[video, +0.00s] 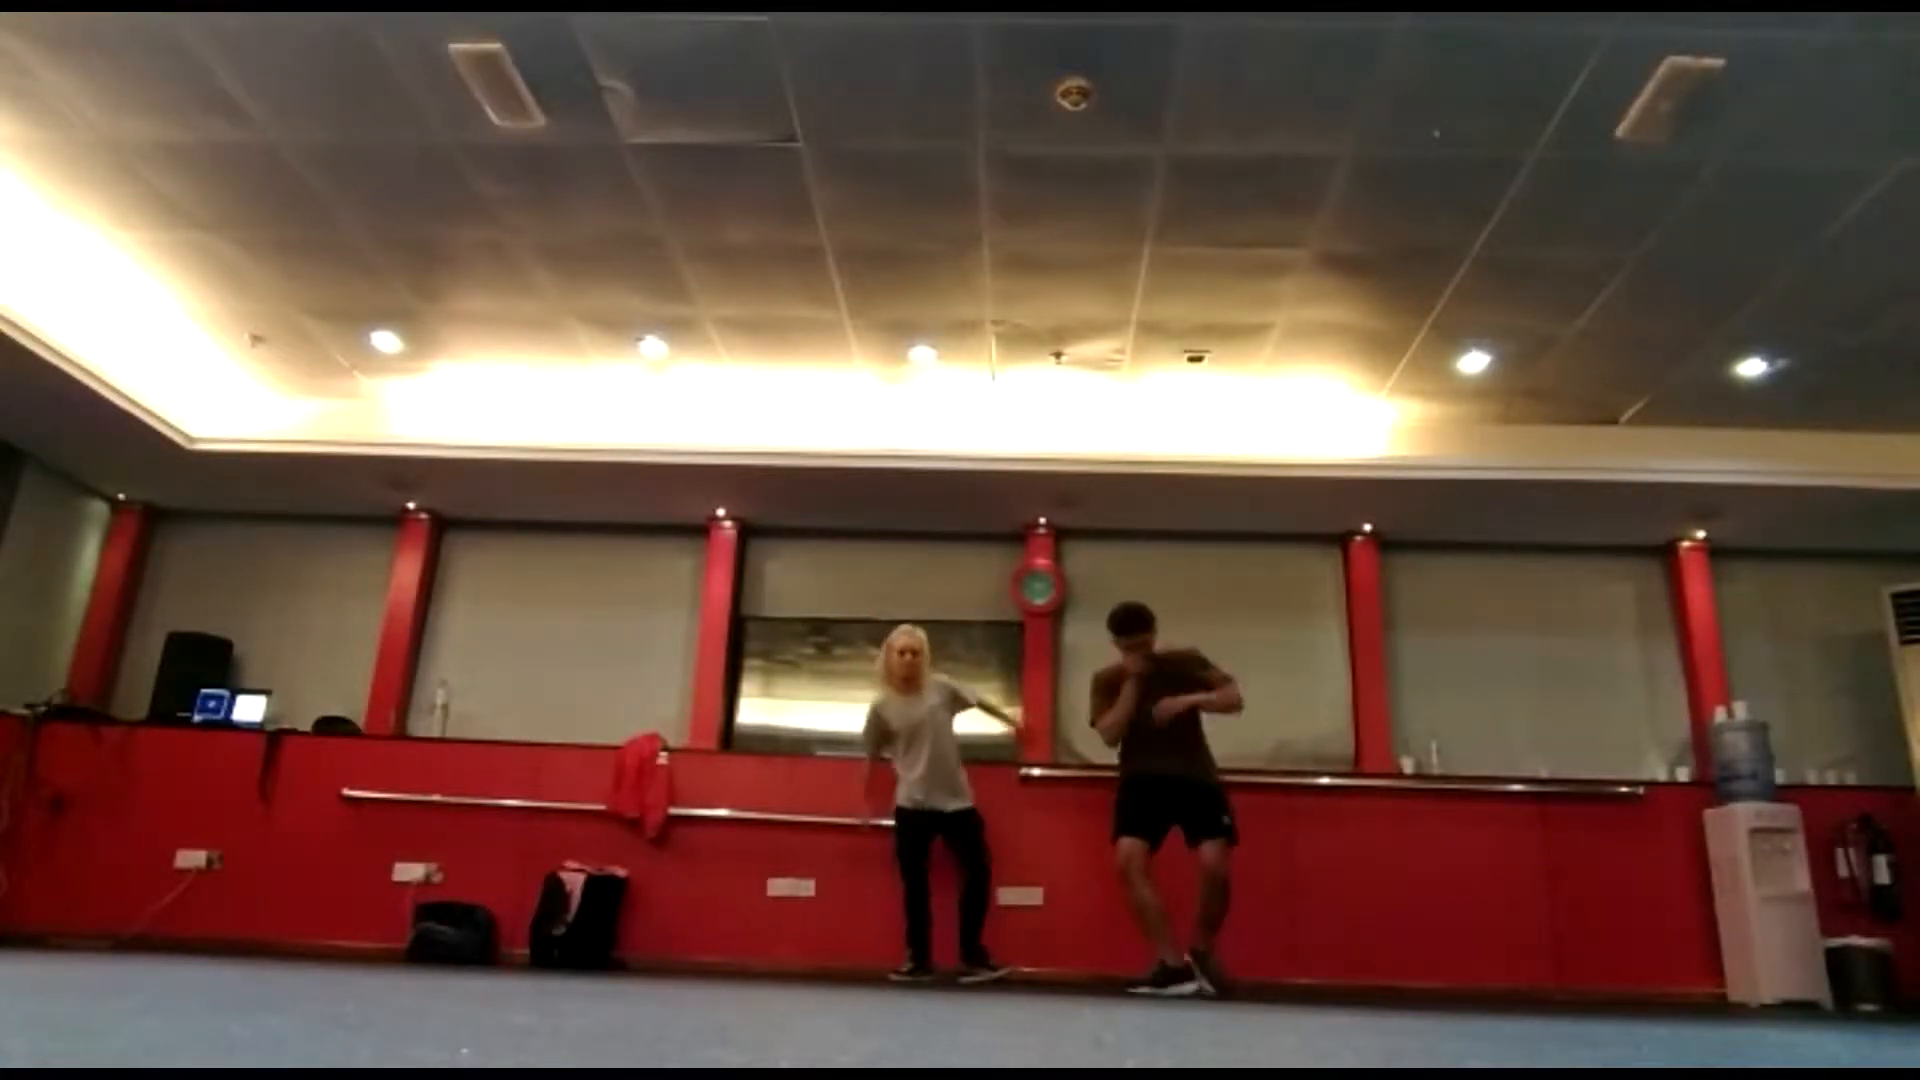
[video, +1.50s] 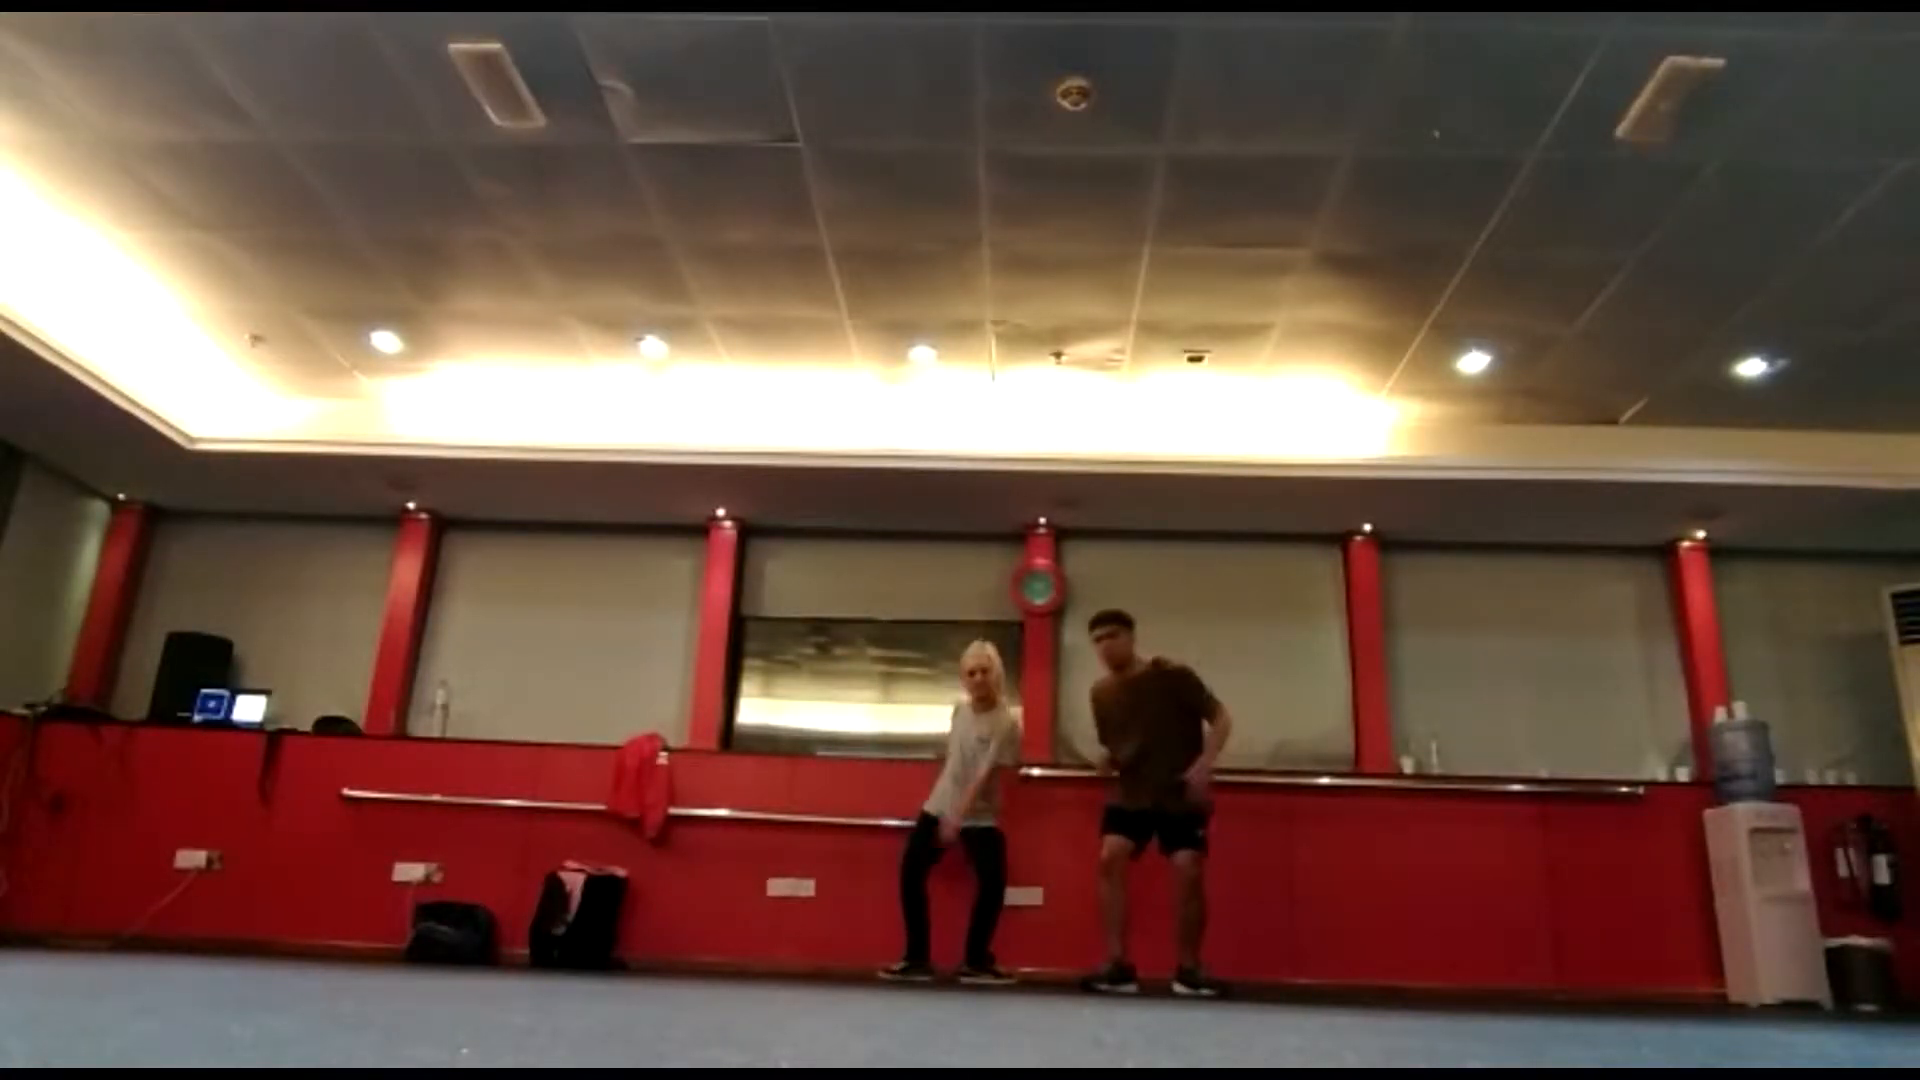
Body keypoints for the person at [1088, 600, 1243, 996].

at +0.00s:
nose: (1137, 655)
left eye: (1142, 645)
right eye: (1128, 647)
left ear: (1153, 637)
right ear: (1117, 644)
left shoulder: (1185, 664)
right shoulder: (1108, 680)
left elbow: (1233, 699)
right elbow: (1108, 733)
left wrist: (1185, 701)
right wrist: (1131, 684)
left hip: (1194, 779)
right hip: (1142, 782)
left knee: (1214, 862)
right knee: (1128, 861)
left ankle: (1203, 955)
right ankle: (1170, 962)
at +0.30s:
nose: (1191, 669)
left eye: (1197, 664)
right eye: (1187, 662)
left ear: (1205, 657)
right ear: (1174, 648)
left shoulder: (1206, 678)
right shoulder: (1138, 675)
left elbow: (1218, 734)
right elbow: (1127, 731)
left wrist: (1223, 734)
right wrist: (1186, 718)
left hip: (1190, 786)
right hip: (1145, 788)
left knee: (1208, 867)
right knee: (1139, 858)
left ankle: (1191, 964)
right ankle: (1166, 958)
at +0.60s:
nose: (1217, 661)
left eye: (1222, 653)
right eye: (1213, 651)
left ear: (1223, 652)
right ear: (1196, 641)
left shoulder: (1211, 688)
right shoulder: (1156, 669)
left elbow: (1224, 741)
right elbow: (1117, 709)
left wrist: (1244, 733)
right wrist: (1167, 711)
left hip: (1202, 793)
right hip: (1163, 791)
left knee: (1215, 870)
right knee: (1174, 862)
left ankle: (1189, 967)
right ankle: (1157, 965)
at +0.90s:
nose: (1215, 655)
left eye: (1223, 648)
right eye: (1209, 645)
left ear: (1230, 653)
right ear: (1193, 645)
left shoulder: (1228, 703)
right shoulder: (1162, 674)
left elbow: (1226, 763)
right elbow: (1119, 715)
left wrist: (1249, 746)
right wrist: (1161, 719)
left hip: (1199, 795)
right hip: (1155, 790)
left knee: (1215, 877)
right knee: (1156, 860)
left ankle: (1190, 966)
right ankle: (1152, 961)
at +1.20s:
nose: (1161, 632)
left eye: (1168, 622)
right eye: (1153, 624)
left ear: (1184, 626)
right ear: (1145, 631)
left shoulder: (1216, 679)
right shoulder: (1139, 672)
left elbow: (1245, 735)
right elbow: (1115, 718)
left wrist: (1248, 723)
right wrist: (1129, 698)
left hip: (1194, 787)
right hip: (1144, 784)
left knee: (1194, 868)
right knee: (1125, 854)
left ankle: (1190, 968)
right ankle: (1119, 957)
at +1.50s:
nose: (1107, 647)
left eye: (1112, 637)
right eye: (1099, 641)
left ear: (1131, 638)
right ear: (1094, 648)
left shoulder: (1173, 677)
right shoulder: (1103, 693)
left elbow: (1220, 719)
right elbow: (1111, 746)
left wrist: (1204, 766)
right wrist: (1110, 765)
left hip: (1179, 790)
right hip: (1132, 792)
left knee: (1188, 867)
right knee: (1110, 858)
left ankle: (1189, 967)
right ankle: (1118, 962)